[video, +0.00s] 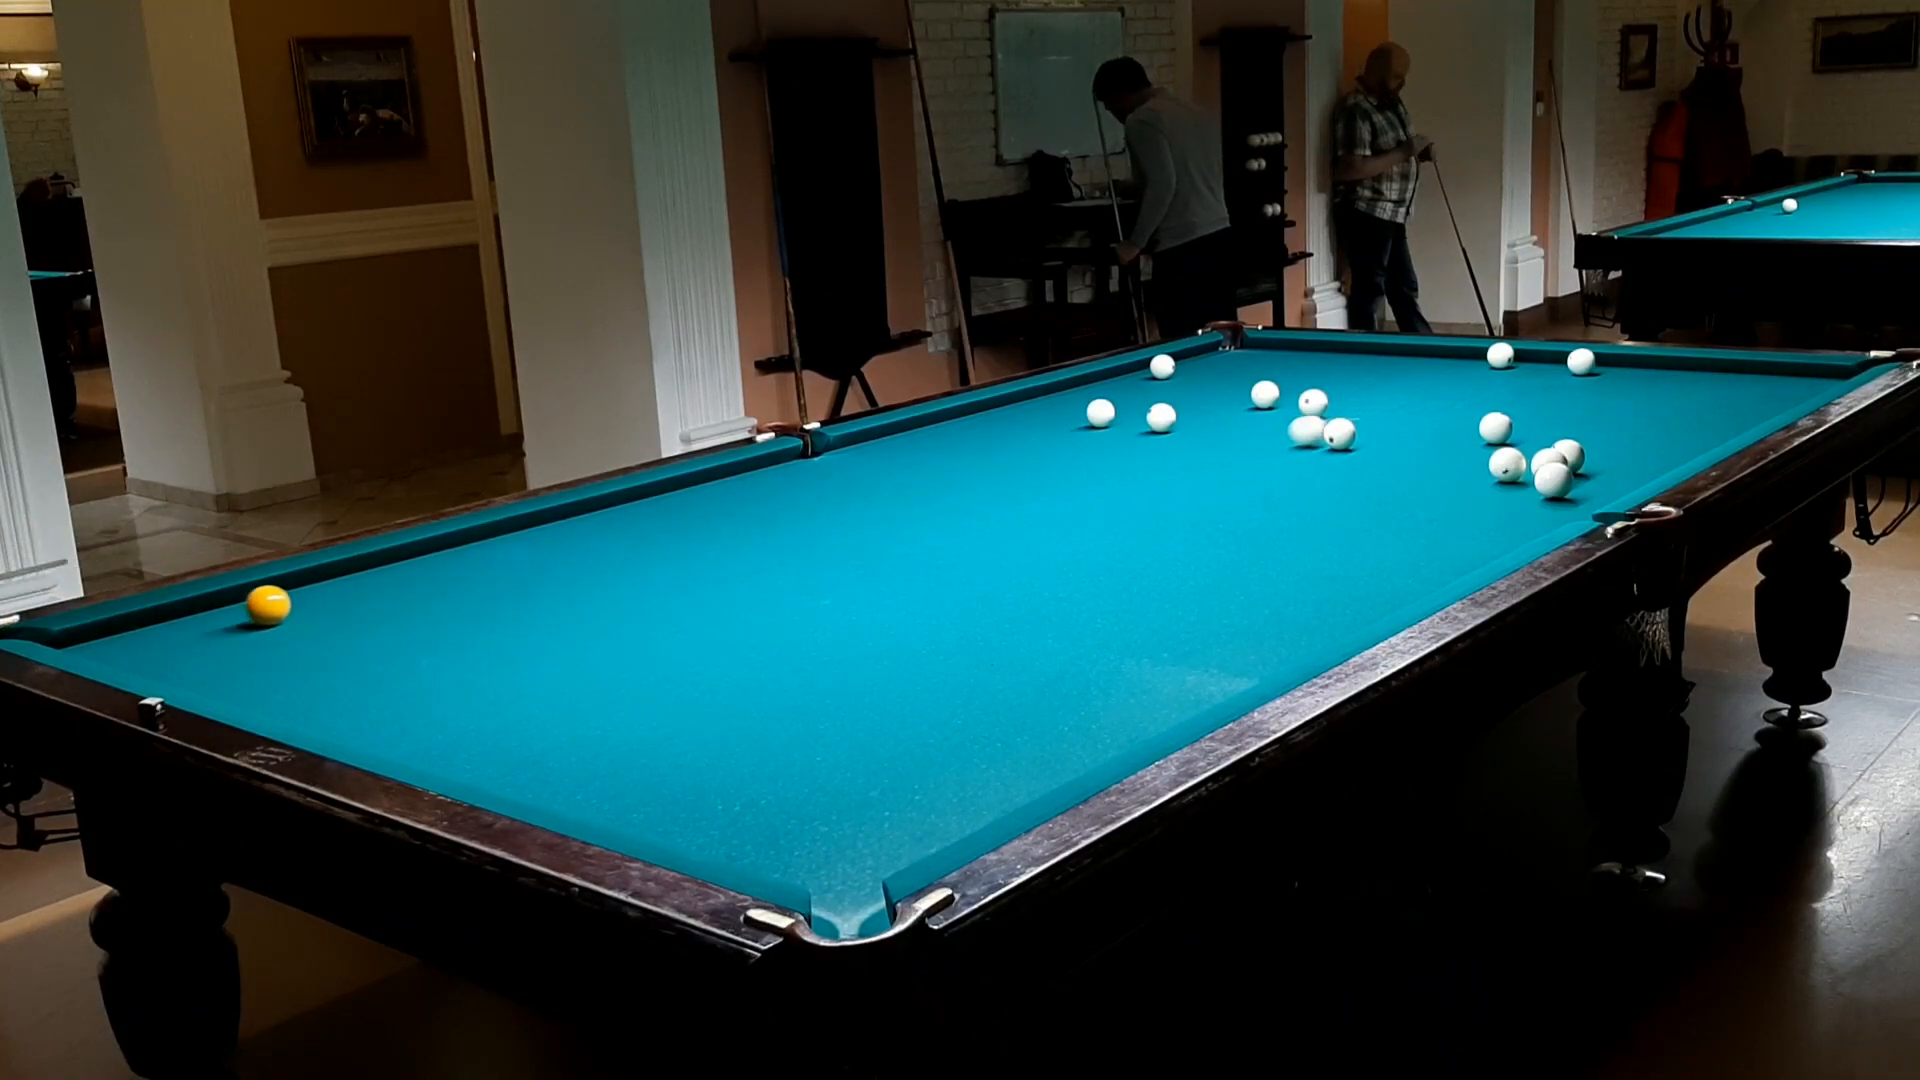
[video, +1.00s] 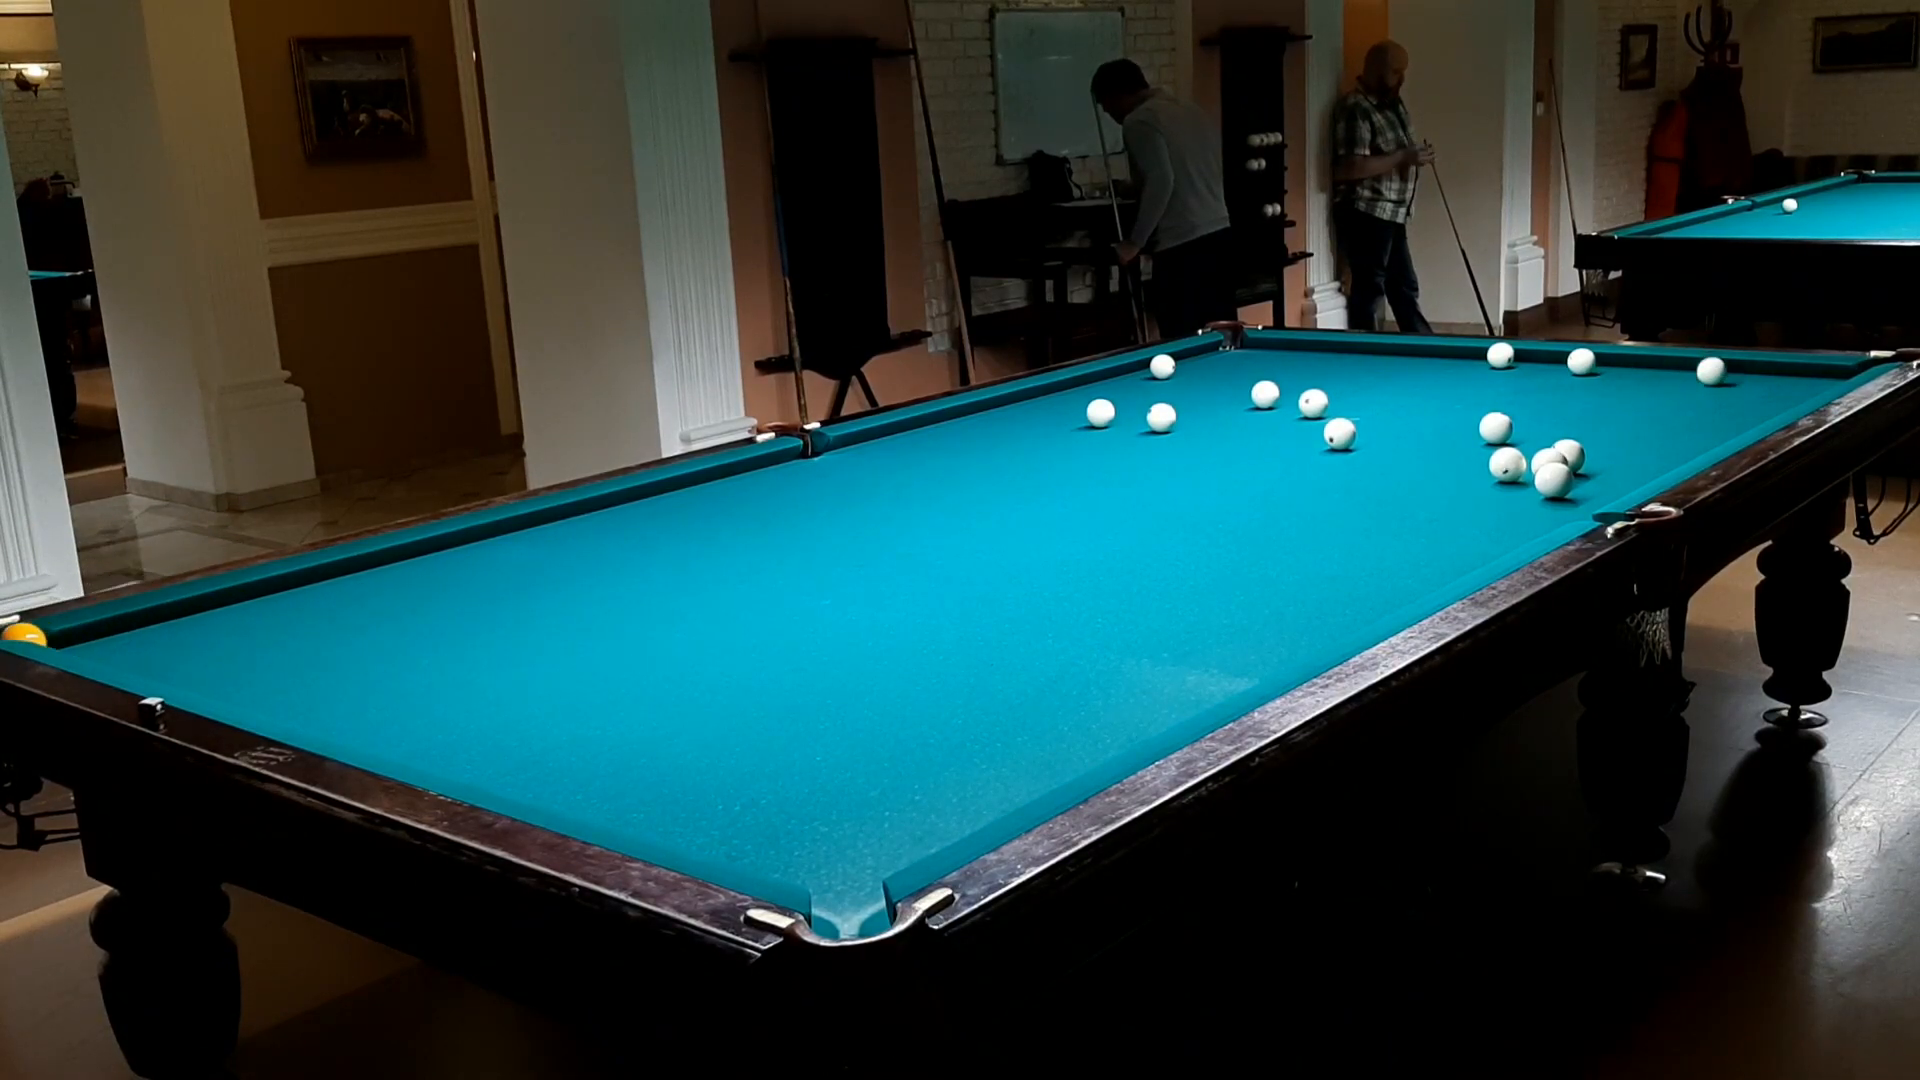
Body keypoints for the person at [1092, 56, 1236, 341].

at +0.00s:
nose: (1114, 115)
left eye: (1110, 105)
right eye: (1108, 108)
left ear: (1118, 96)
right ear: (1143, 82)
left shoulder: (1141, 122)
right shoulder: (1188, 110)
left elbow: (1161, 184)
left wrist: (1134, 243)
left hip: (1181, 249)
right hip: (1220, 238)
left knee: (1180, 343)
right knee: (1221, 333)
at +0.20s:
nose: (1112, 114)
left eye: (1108, 105)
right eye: (1107, 107)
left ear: (1117, 96)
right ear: (1143, 82)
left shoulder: (1140, 121)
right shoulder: (1186, 109)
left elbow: (1161, 182)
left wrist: (1134, 243)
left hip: (1180, 249)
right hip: (1219, 238)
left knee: (1180, 343)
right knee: (1220, 334)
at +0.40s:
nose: (1112, 112)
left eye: (1108, 104)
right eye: (1107, 106)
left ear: (1117, 95)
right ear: (1143, 82)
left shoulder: (1140, 121)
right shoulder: (1186, 109)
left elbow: (1161, 181)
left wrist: (1134, 243)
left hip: (1181, 250)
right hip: (1219, 239)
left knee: (1180, 344)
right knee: (1220, 335)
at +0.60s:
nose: (1112, 112)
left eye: (1109, 103)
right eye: (1107, 105)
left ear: (1118, 95)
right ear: (1144, 82)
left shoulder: (1140, 121)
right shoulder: (1187, 109)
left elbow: (1161, 181)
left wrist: (1134, 243)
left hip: (1180, 250)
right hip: (1219, 239)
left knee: (1180, 343)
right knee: (1220, 334)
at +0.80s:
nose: (1111, 112)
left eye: (1108, 103)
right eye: (1106, 105)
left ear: (1118, 95)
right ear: (1143, 83)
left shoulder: (1140, 121)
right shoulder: (1186, 109)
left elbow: (1160, 181)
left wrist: (1134, 243)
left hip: (1180, 250)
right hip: (1219, 239)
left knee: (1180, 343)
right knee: (1221, 333)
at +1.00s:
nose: (1110, 114)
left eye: (1107, 106)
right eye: (1105, 108)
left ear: (1116, 97)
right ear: (1141, 83)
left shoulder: (1139, 122)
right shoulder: (1187, 109)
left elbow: (1160, 180)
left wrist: (1134, 243)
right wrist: (1137, 189)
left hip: (1181, 250)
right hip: (1220, 238)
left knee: (1181, 344)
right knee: (1221, 334)